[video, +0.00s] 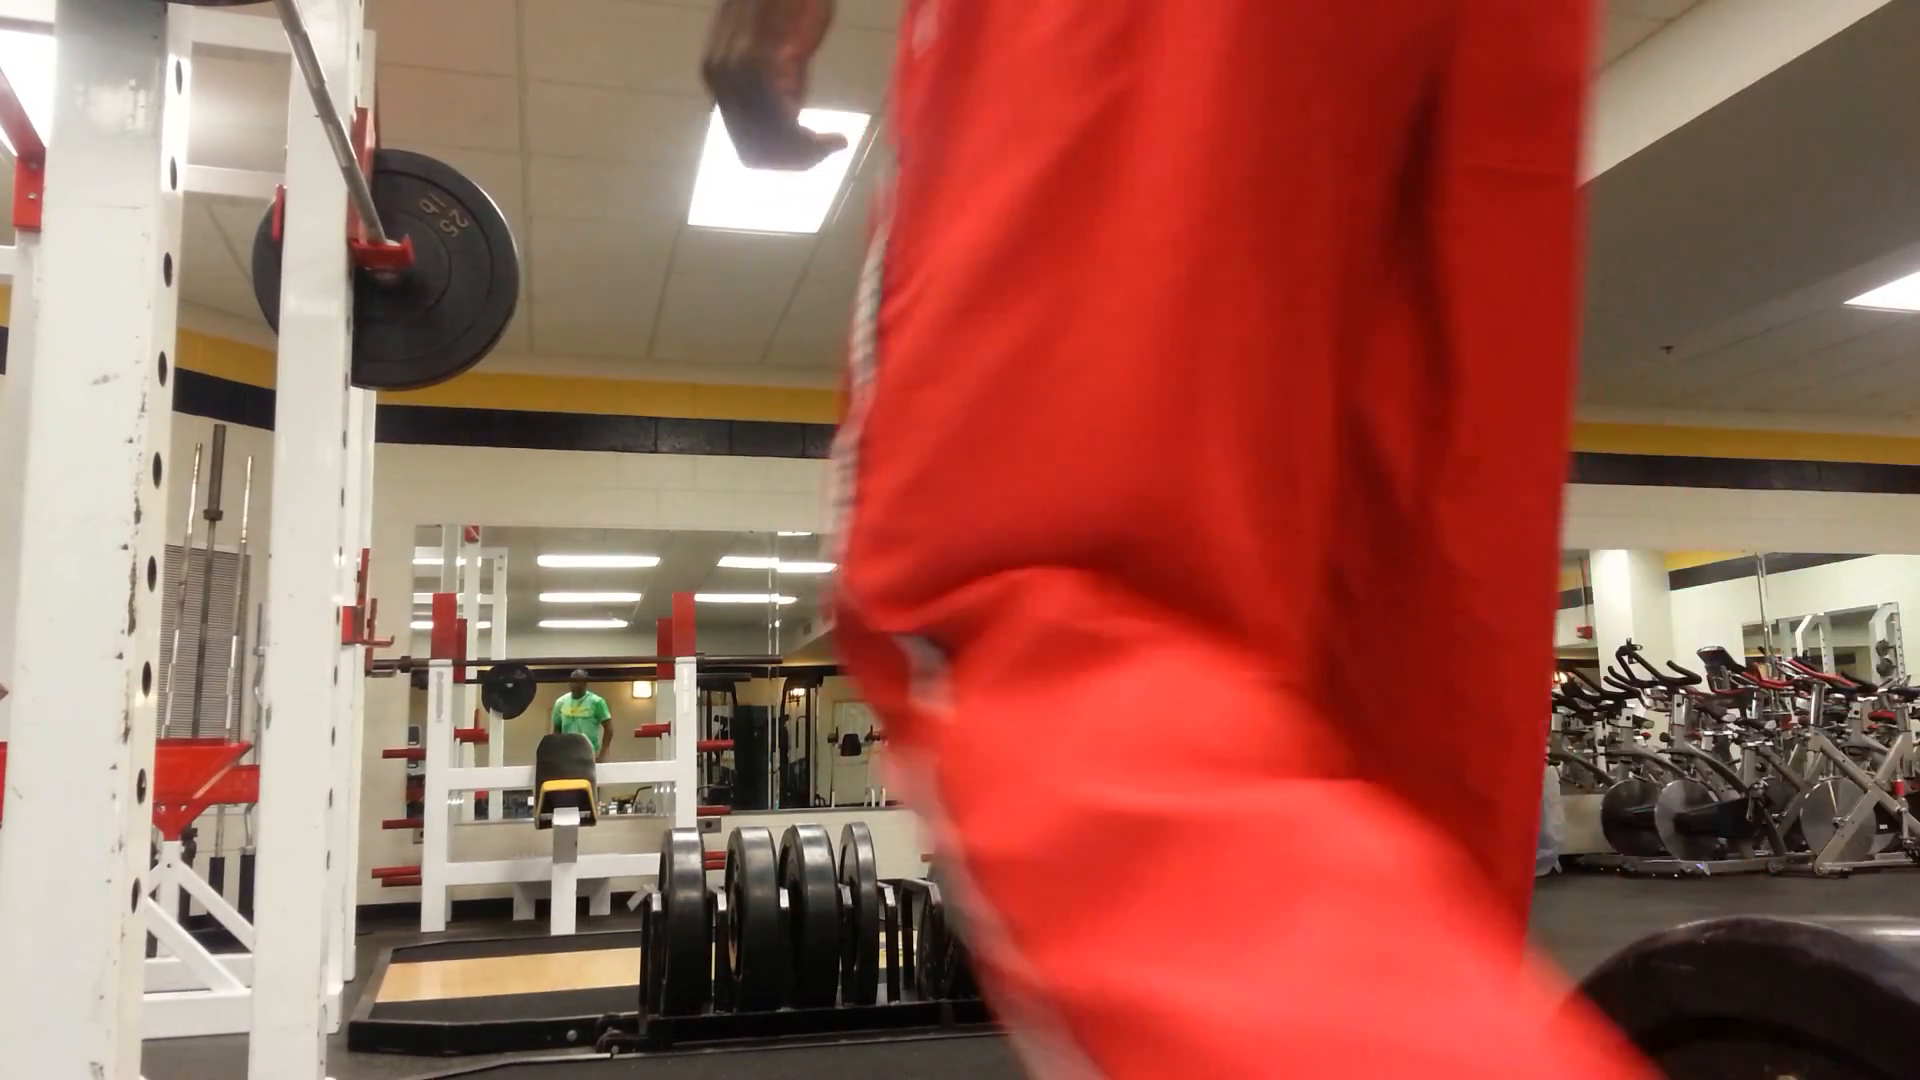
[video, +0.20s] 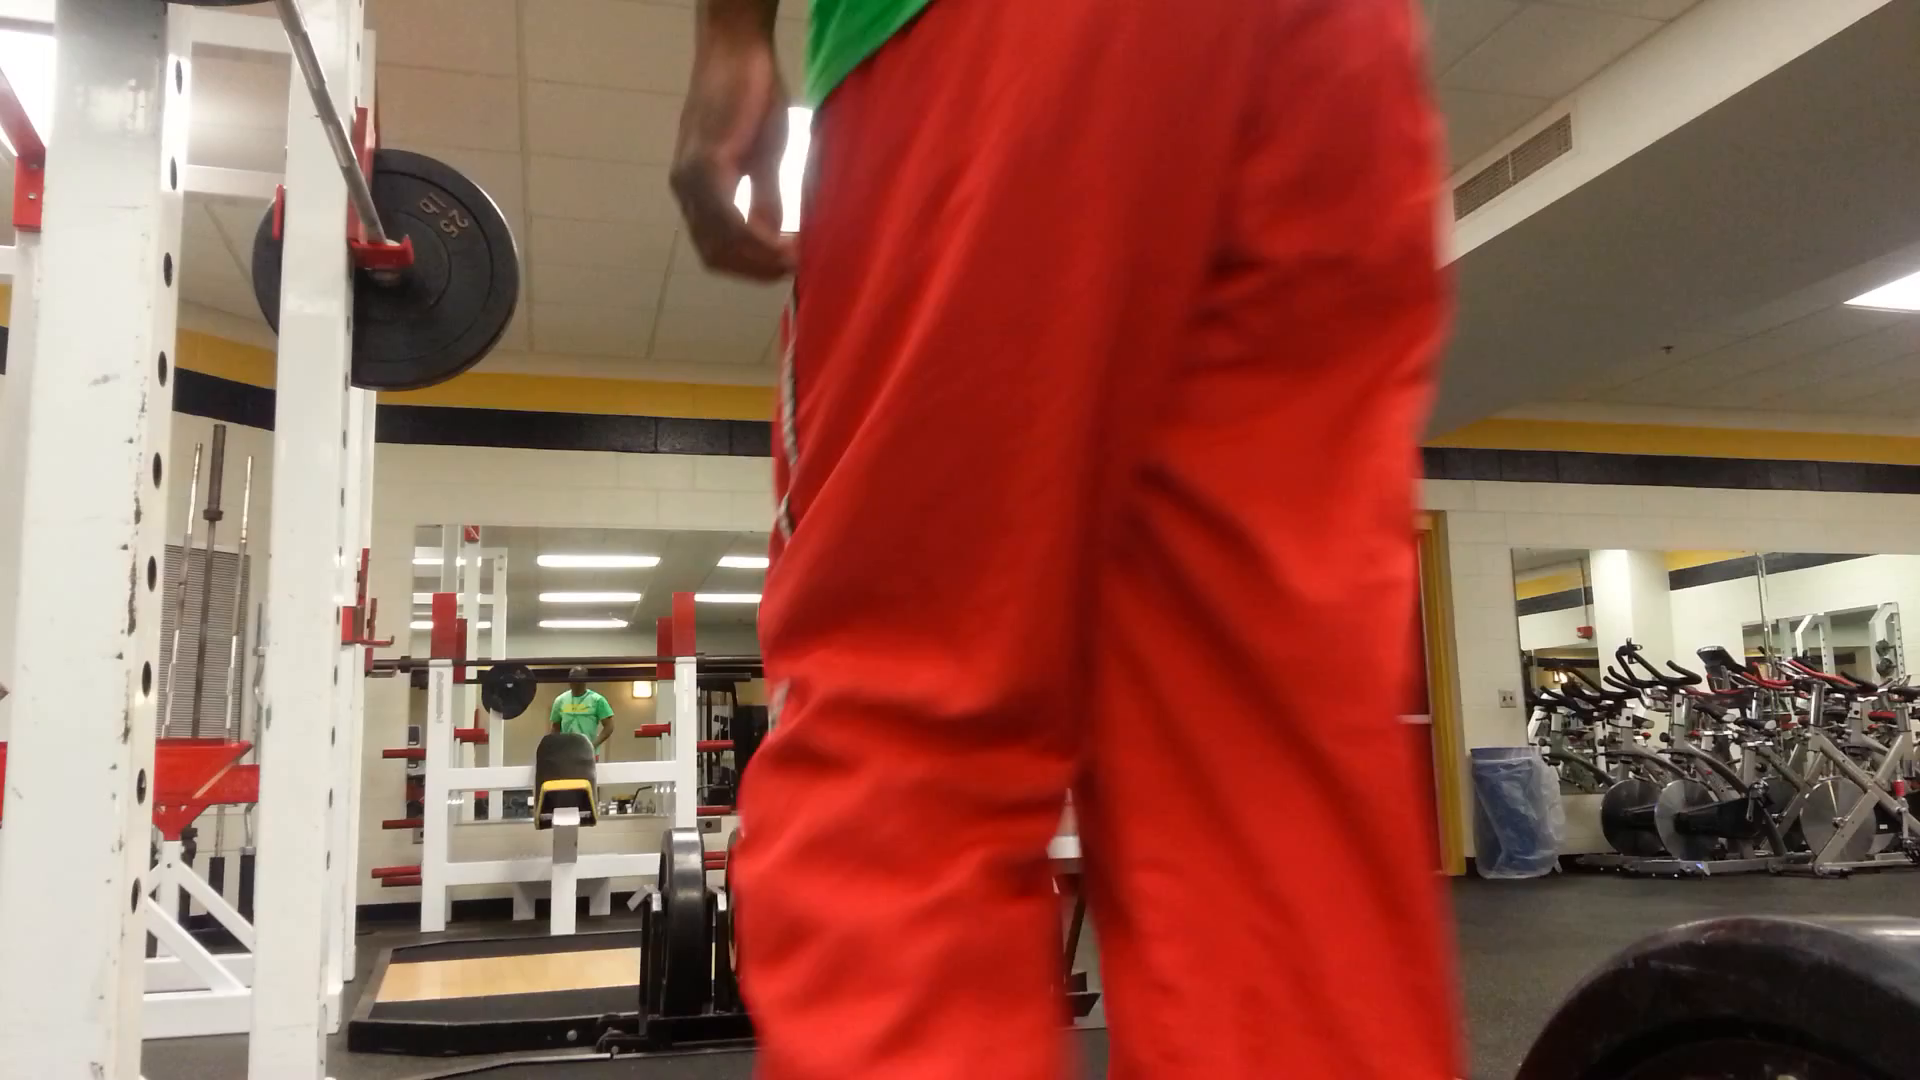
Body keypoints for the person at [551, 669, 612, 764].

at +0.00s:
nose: (576, 686)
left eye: (579, 682)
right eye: (573, 682)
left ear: (585, 683)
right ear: (570, 683)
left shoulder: (597, 702)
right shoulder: (560, 703)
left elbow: (609, 729)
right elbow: (557, 731)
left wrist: (602, 755)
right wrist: (556, 753)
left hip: (590, 752)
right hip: (567, 752)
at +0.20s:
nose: (576, 685)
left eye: (579, 682)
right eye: (573, 682)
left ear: (585, 682)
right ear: (569, 682)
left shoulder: (597, 700)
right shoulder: (560, 700)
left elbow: (609, 726)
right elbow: (555, 727)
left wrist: (593, 746)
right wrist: (555, 748)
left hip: (588, 752)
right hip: (566, 752)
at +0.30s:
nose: (574, 684)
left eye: (578, 681)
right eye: (572, 681)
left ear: (584, 681)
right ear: (569, 681)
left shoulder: (597, 700)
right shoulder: (560, 700)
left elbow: (607, 726)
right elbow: (555, 727)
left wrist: (588, 737)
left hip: (589, 751)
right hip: (566, 751)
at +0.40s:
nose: (572, 684)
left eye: (575, 681)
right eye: (570, 681)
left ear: (582, 681)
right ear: (567, 681)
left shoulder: (596, 700)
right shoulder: (559, 700)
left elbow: (605, 728)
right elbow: (555, 725)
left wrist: (582, 726)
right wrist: (550, 746)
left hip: (588, 752)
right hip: (565, 752)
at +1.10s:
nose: (566, 674)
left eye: (570, 671)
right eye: (566, 671)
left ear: (581, 674)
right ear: (564, 673)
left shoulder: (593, 695)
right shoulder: (561, 695)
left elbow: (600, 724)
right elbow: (560, 723)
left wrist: (575, 724)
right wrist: (546, 734)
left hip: (587, 749)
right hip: (565, 749)